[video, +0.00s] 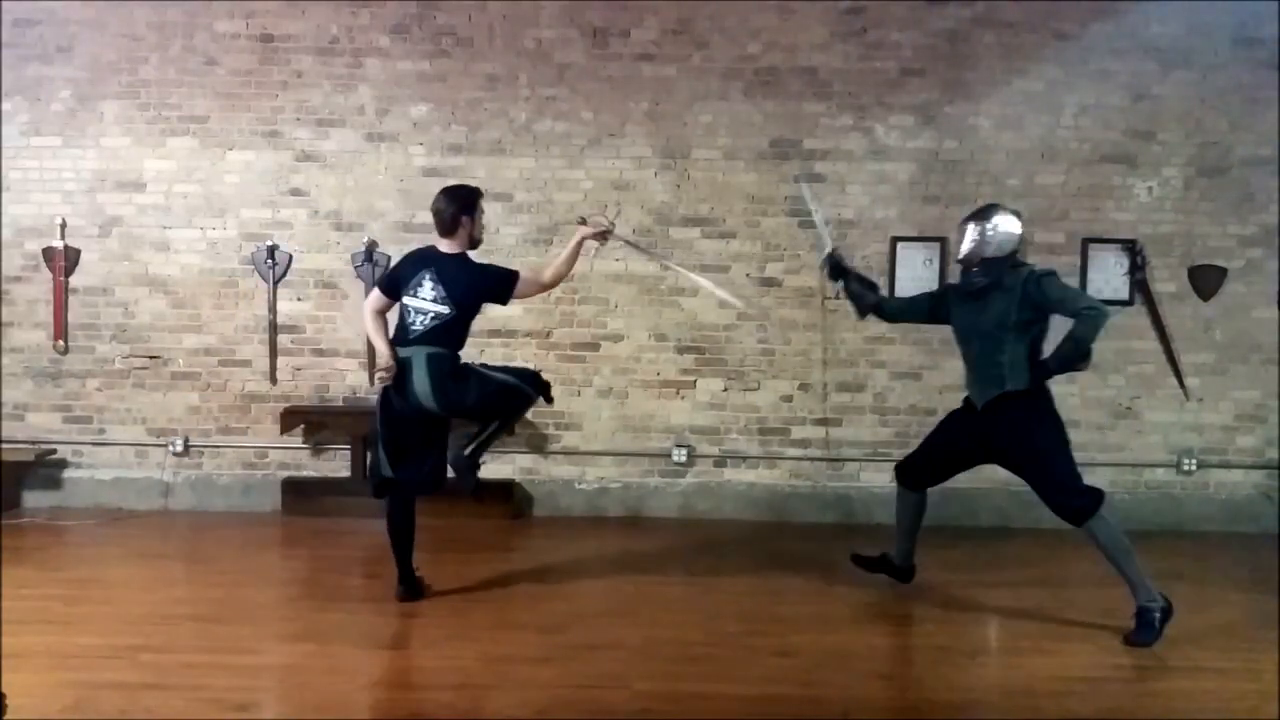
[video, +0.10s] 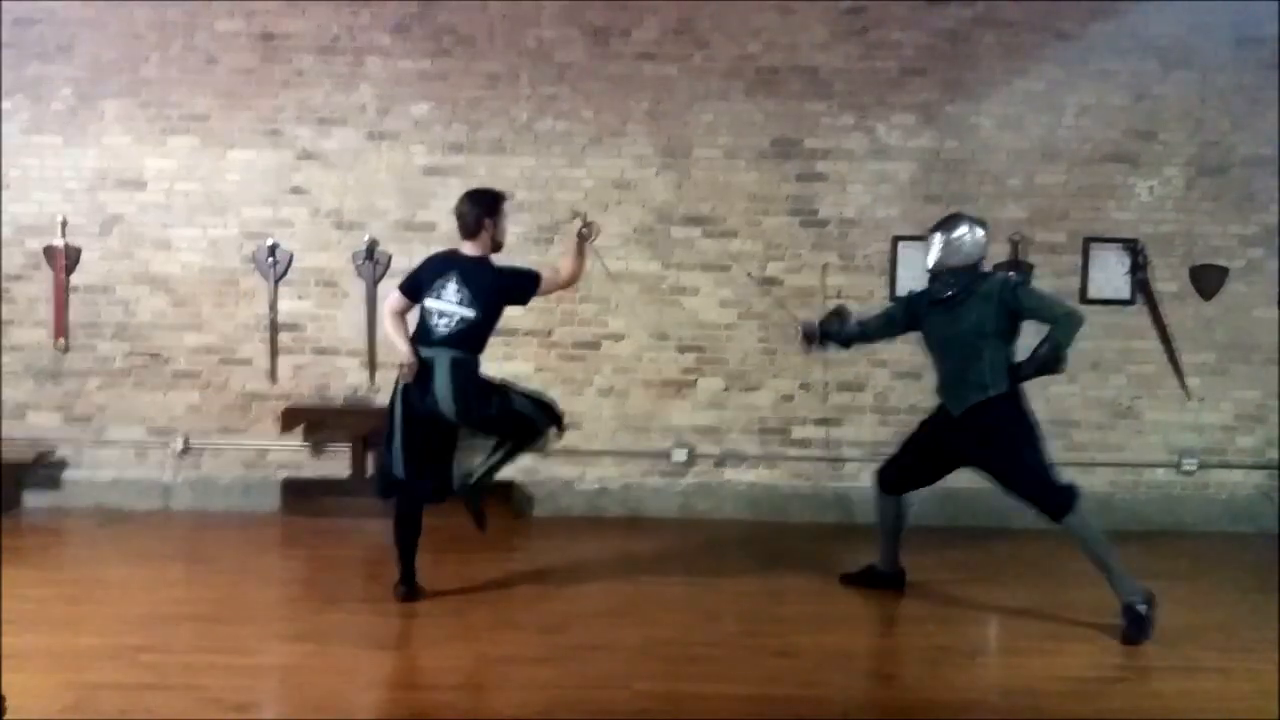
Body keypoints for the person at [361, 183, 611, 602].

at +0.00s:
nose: (481, 224)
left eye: (480, 216)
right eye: (478, 217)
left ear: (439, 222)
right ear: (463, 222)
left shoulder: (412, 261)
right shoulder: (474, 275)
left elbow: (372, 309)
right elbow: (546, 280)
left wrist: (385, 354)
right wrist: (579, 237)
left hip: (399, 389)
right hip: (441, 385)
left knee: (402, 482)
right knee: (527, 387)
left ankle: (406, 579)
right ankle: (468, 456)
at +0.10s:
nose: (506, 227)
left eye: (503, 219)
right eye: (502, 220)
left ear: (465, 225)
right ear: (487, 225)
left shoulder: (436, 264)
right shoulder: (498, 279)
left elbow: (392, 309)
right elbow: (566, 277)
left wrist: (405, 351)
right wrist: (579, 241)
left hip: (414, 388)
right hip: (457, 390)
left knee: (411, 482)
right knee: (537, 419)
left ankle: (406, 579)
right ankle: (476, 485)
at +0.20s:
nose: (526, 233)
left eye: (524, 226)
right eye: (523, 227)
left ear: (486, 231)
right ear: (510, 231)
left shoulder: (457, 271)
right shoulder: (522, 287)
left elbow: (413, 314)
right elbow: (592, 300)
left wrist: (432, 354)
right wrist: (616, 261)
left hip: (432, 388)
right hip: (477, 394)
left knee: (418, 481)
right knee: (542, 453)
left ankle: (406, 578)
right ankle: (509, 531)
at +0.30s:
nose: (555, 244)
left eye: (552, 236)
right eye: (551, 237)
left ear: (515, 242)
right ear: (537, 242)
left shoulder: (488, 283)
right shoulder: (549, 298)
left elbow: (439, 320)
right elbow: (615, 336)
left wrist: (458, 360)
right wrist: (666, 303)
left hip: (453, 396)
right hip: (497, 404)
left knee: (425, 484)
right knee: (556, 481)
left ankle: (396, 576)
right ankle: (570, 570)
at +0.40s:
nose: (591, 268)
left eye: (588, 260)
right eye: (587, 261)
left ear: (549, 268)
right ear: (574, 267)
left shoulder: (523, 306)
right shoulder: (581, 320)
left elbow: (471, 332)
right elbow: (644, 361)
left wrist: (485, 372)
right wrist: (702, 364)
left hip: (477, 410)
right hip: (519, 420)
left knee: (428, 491)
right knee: (586, 493)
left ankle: (377, 571)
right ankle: (597, 580)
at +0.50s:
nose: (624, 301)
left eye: (621, 293)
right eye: (621, 294)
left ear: (582, 300)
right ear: (607, 300)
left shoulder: (554, 334)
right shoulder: (610, 351)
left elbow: (495, 358)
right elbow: (670, 393)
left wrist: (505, 397)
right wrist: (724, 415)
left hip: (498, 430)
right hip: (538, 442)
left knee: (440, 498)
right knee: (614, 495)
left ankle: (376, 569)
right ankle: (601, 581)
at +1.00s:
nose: (603, 293)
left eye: (599, 286)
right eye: (597, 287)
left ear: (561, 297)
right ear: (583, 294)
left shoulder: (536, 337)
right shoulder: (593, 340)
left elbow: (487, 366)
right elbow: (655, 369)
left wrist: (497, 403)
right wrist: (718, 382)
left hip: (493, 434)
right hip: (532, 439)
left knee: (452, 502)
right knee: (607, 496)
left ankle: (382, 559)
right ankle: (601, 581)